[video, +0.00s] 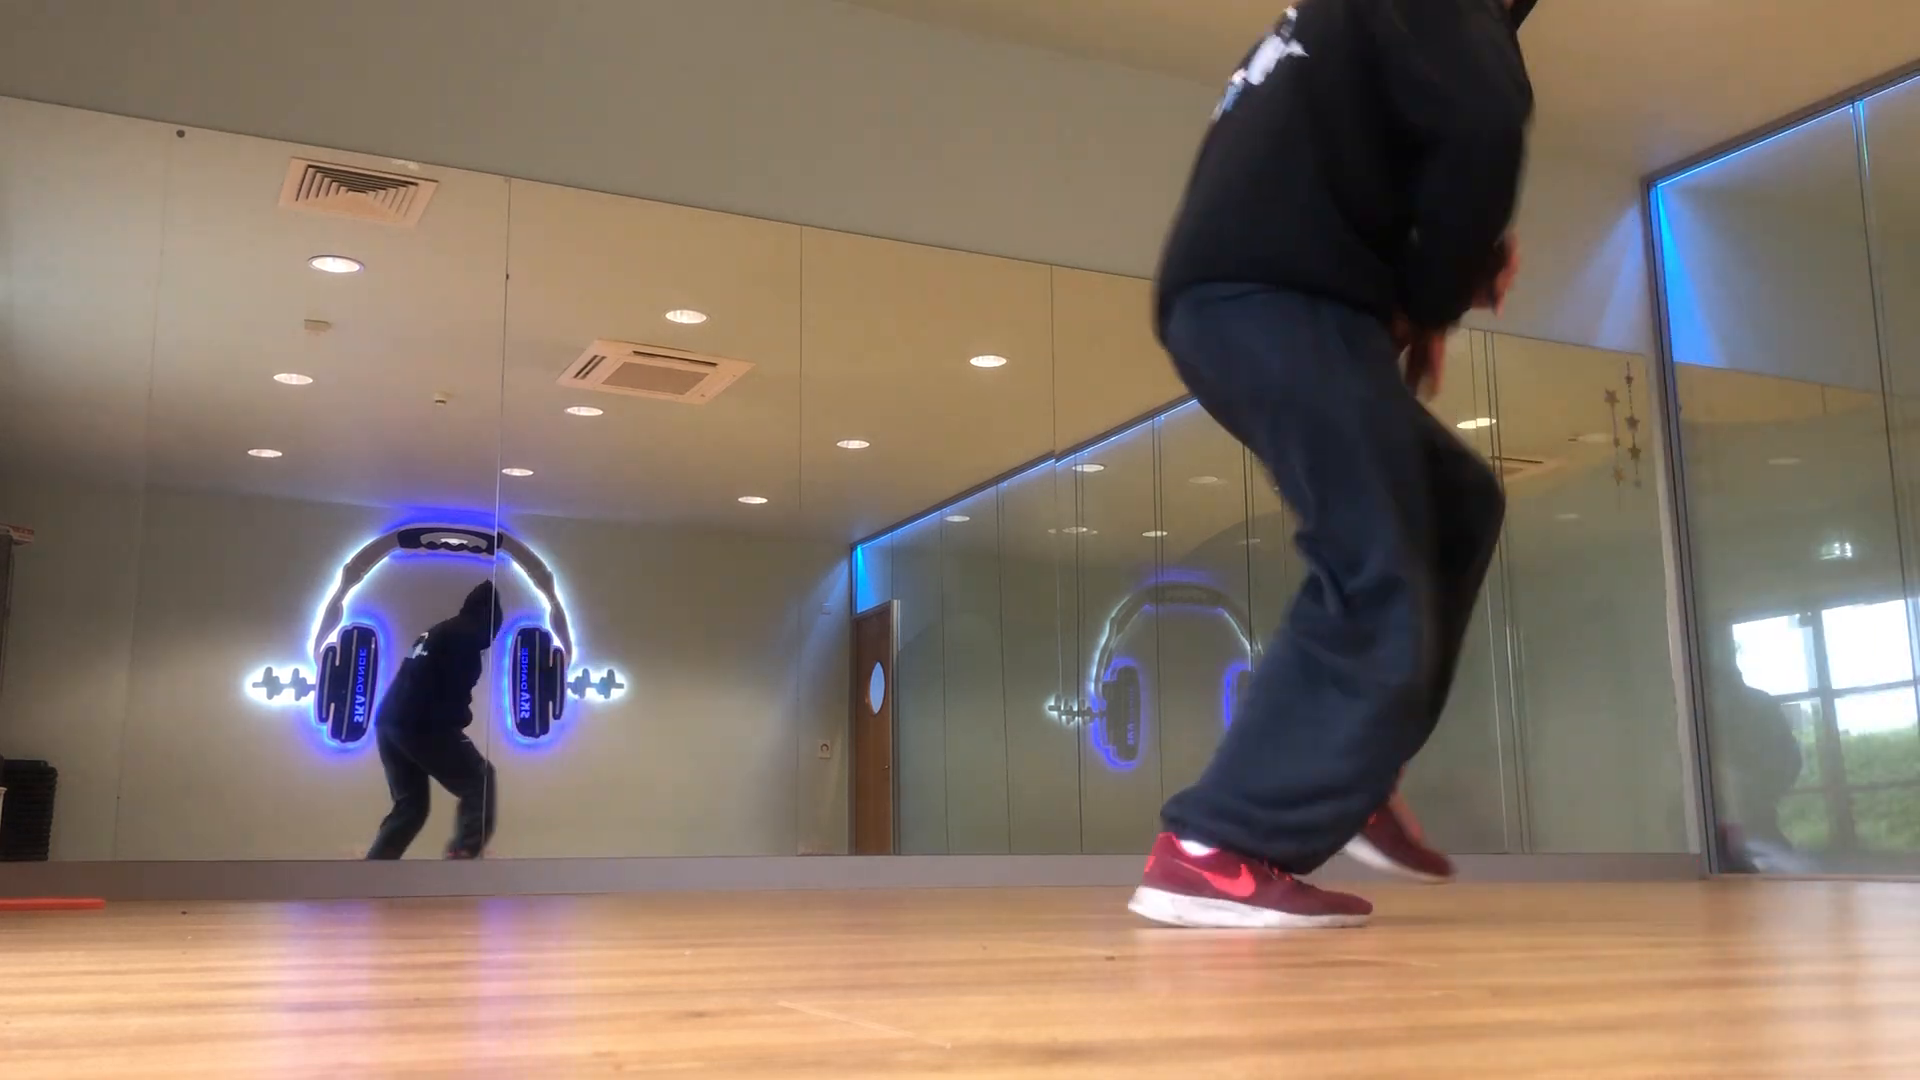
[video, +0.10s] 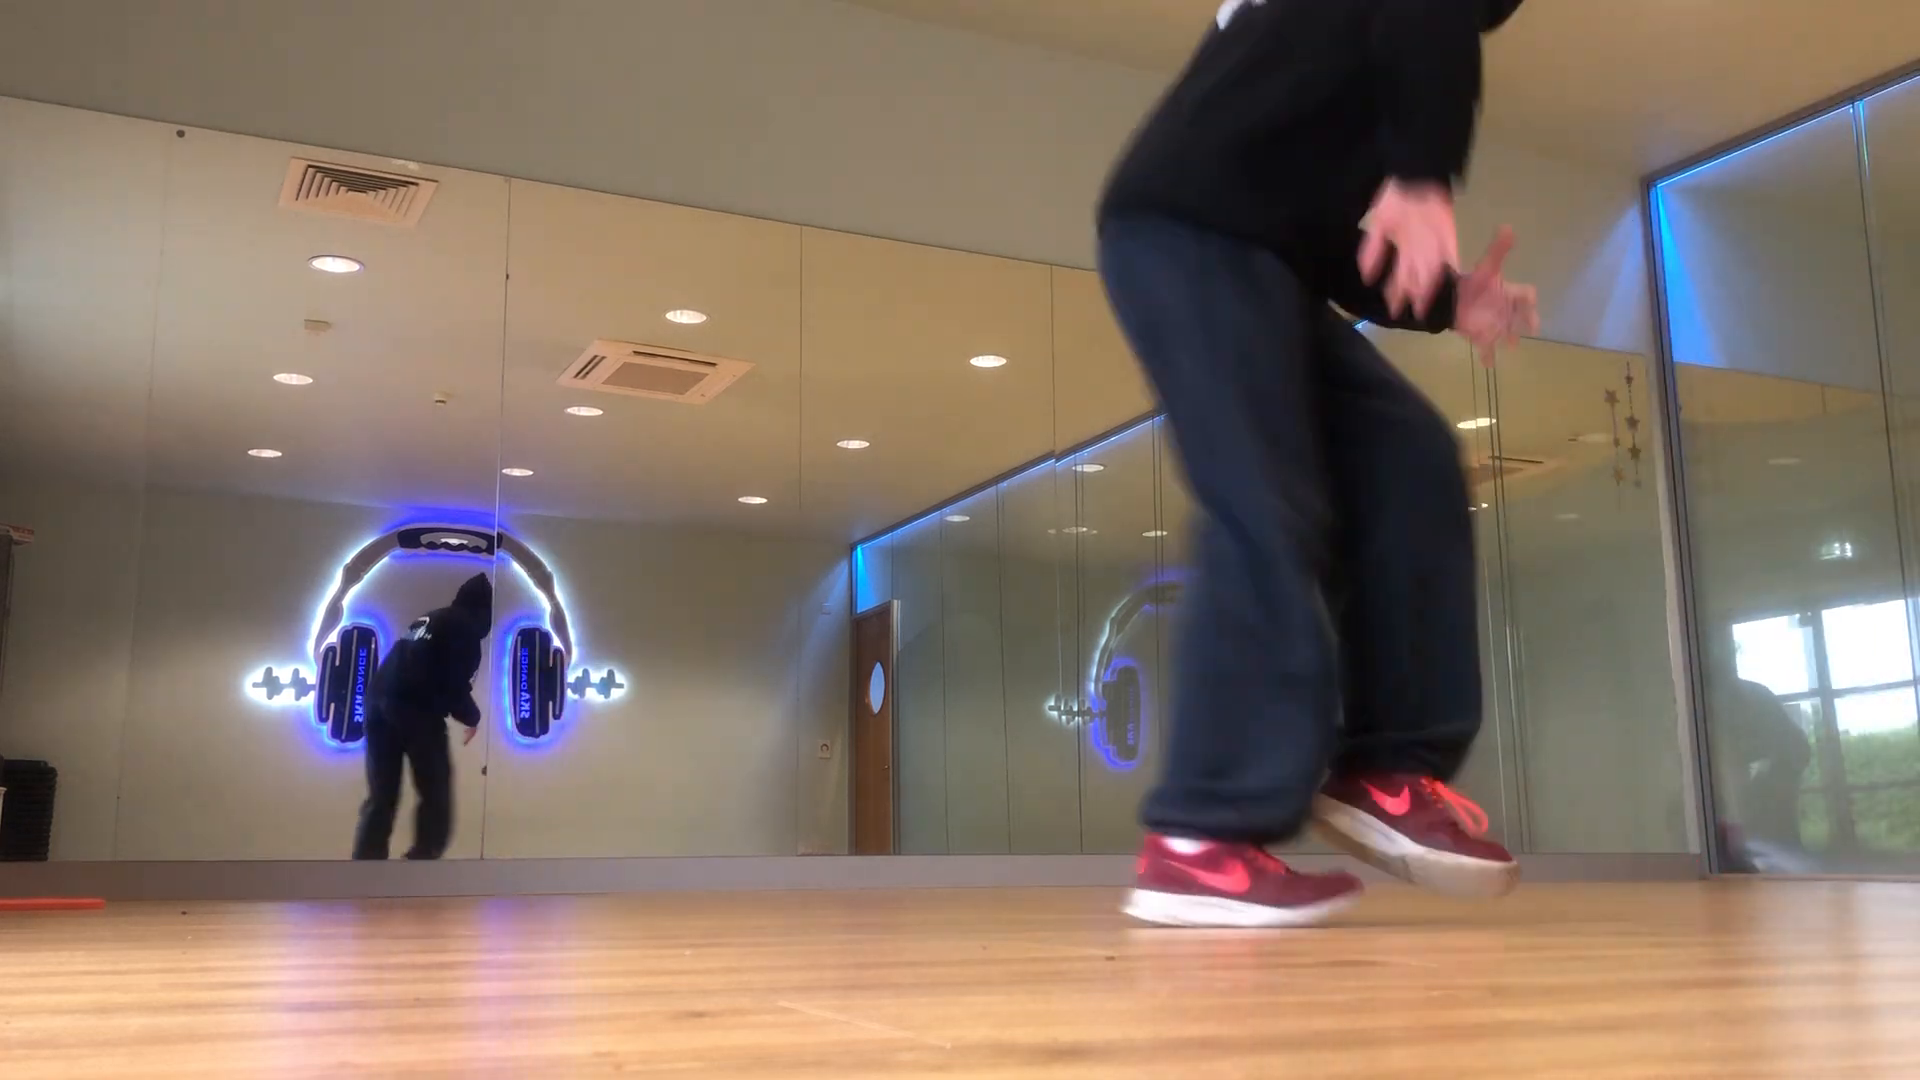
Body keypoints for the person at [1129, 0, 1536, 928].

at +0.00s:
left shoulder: (1379, 17)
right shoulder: (1447, 15)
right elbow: (1483, 122)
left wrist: (1460, 256)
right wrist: (1430, 307)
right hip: (1261, 295)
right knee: (1379, 571)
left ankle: (1351, 774)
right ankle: (1212, 843)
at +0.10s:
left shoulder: (1398, 53)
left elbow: (1312, 233)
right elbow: (1432, 16)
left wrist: (1444, 296)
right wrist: (1420, 172)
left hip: (1266, 260)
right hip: (1182, 223)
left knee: (1412, 461)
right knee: (1269, 510)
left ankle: (1382, 768)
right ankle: (1199, 835)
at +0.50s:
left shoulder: (1376, 62)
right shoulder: (1169, 9)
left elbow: (1329, 230)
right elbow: (1086, 91)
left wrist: (1253, 356)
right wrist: (1094, 257)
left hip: (1219, 293)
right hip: (1079, 250)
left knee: (1214, 483)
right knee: (1045, 532)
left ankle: (1115, 760)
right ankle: (989, 821)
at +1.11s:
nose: (1491, 15)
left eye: (1505, 4)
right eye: (1472, 5)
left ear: (1522, 8)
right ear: (1427, 5)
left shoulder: (1543, 66)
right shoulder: (1361, 104)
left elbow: (1631, 204)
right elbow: (1333, 309)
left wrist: (1591, 129)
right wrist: (1401, 396)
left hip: (1502, 371)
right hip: (1385, 372)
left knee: (1523, 576)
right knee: (1500, 535)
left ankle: (1407, 815)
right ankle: (1494, 795)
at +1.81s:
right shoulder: (1552, 16)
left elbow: (1607, 180)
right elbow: (1608, 174)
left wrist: (1523, 188)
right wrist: (1539, 179)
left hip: (1283, 234)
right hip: (1319, 228)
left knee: (1336, 527)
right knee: (1451, 455)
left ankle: (1275, 808)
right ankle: (1228, 674)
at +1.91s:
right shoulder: (1539, 14)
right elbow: (1612, 178)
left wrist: (1486, 149)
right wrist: (1534, 264)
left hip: (1271, 246)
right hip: (1301, 242)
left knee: (1269, 539)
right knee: (1413, 495)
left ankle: (1134, 817)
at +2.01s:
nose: (1599, 16)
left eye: (1597, 15)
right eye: (1601, 10)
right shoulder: (1499, 17)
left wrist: (1452, 216)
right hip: (1274, 284)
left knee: (1310, 579)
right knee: (1418, 535)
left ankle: (1147, 797)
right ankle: (1292, 843)